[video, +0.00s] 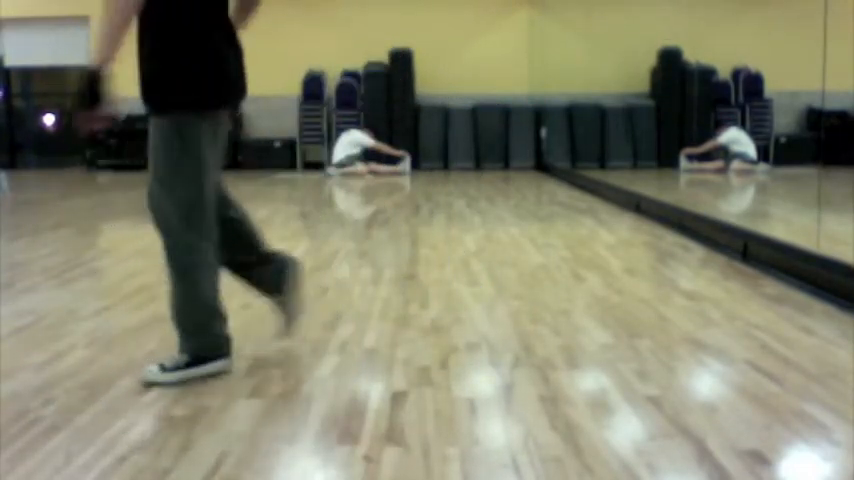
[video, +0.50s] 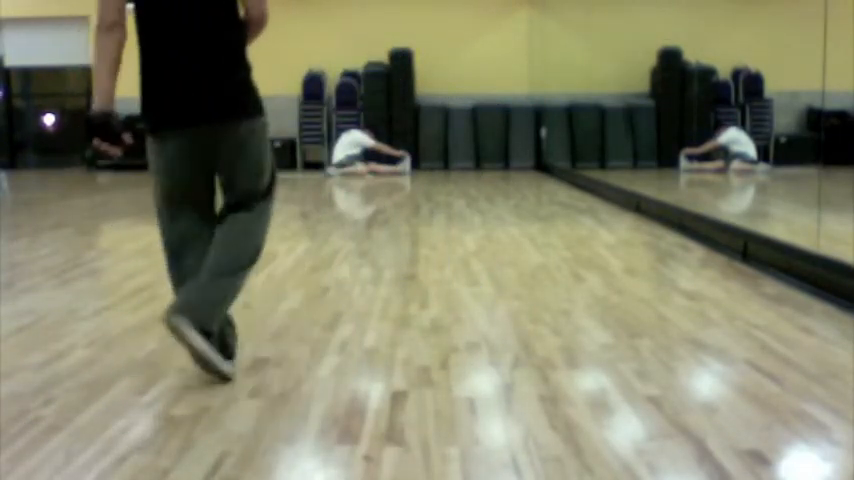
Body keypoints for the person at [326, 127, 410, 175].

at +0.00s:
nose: (368, 141)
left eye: (369, 139)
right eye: (369, 138)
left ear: (363, 132)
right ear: (366, 134)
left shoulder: (348, 135)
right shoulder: (356, 134)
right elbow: (378, 147)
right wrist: (399, 153)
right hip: (344, 165)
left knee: (372, 166)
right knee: (368, 167)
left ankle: (398, 169)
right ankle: (398, 169)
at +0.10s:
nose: (369, 141)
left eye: (369, 139)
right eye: (369, 138)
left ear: (364, 133)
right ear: (366, 135)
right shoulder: (356, 134)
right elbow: (378, 147)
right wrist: (398, 153)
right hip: (343, 165)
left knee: (372, 166)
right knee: (368, 167)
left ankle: (398, 169)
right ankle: (398, 169)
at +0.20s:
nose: (369, 141)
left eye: (370, 139)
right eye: (369, 138)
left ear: (364, 133)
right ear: (366, 134)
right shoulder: (357, 134)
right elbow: (378, 147)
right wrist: (398, 153)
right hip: (342, 166)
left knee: (372, 166)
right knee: (368, 168)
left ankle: (398, 169)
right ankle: (398, 169)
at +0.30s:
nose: (369, 141)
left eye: (370, 139)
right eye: (369, 139)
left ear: (363, 132)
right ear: (366, 134)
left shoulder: (349, 135)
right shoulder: (357, 135)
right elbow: (378, 147)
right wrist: (397, 153)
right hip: (345, 164)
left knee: (371, 166)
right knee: (369, 167)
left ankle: (397, 169)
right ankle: (398, 169)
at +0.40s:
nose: (369, 141)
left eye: (370, 139)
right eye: (369, 139)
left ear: (363, 132)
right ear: (366, 135)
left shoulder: (348, 135)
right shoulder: (357, 134)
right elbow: (378, 147)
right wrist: (397, 153)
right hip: (345, 164)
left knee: (371, 166)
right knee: (369, 167)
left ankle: (397, 169)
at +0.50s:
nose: (369, 141)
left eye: (370, 139)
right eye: (369, 139)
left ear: (363, 132)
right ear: (366, 135)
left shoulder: (348, 135)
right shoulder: (357, 134)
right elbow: (378, 147)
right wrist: (397, 153)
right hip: (345, 164)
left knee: (371, 166)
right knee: (369, 167)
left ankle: (397, 169)